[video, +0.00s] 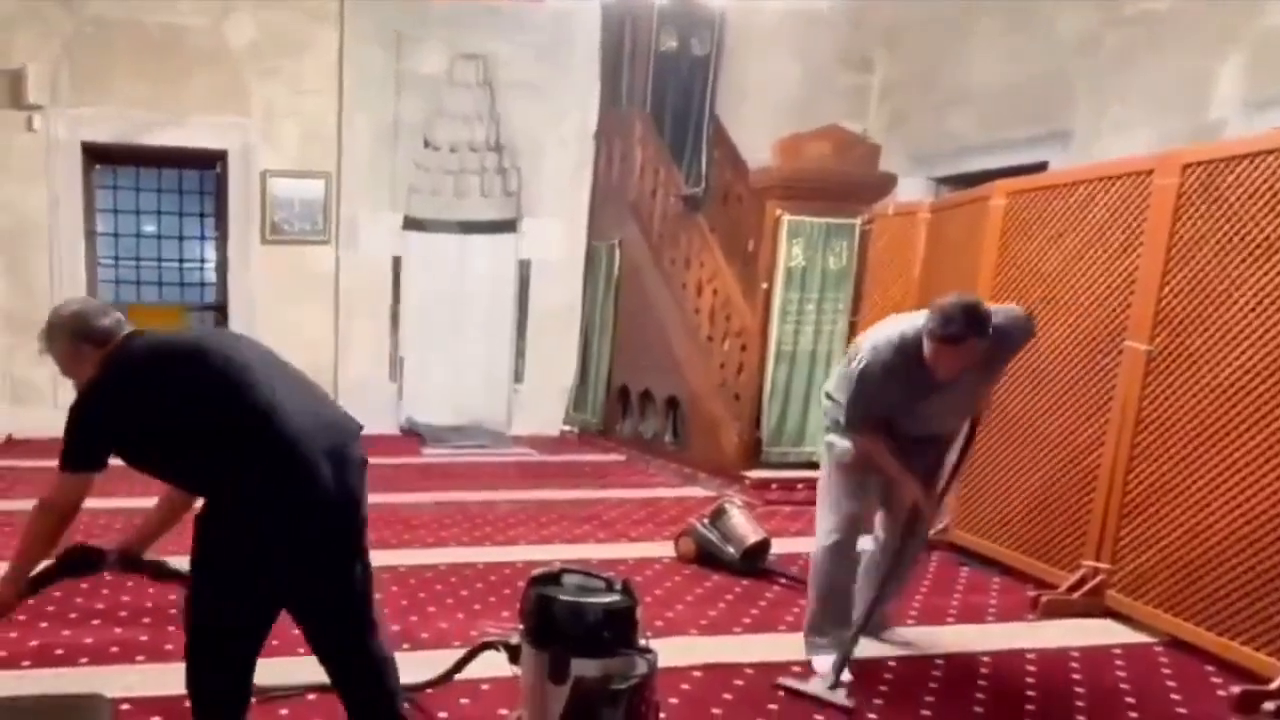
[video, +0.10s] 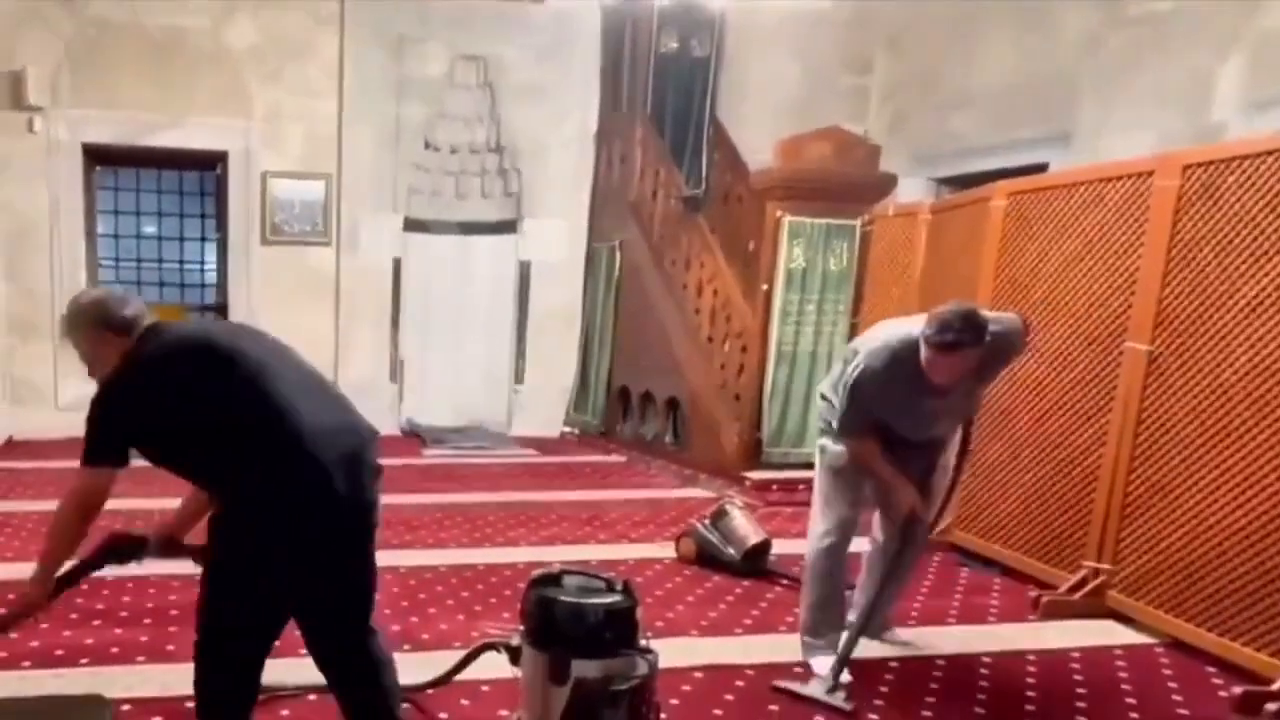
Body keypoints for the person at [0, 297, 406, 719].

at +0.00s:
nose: (70, 382)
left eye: (66, 368)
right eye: (63, 371)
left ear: (82, 351)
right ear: (122, 333)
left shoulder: (102, 393)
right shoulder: (190, 355)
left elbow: (61, 503)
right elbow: (189, 482)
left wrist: (14, 579)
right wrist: (133, 546)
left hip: (256, 492)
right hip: (338, 459)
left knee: (218, 657)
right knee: (351, 640)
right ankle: (385, 710)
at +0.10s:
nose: (87, 366)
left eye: (85, 352)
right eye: (81, 354)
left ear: (102, 340)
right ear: (140, 321)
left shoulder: (122, 390)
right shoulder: (205, 340)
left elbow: (86, 500)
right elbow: (233, 458)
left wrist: (41, 582)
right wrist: (172, 530)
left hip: (271, 498)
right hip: (352, 468)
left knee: (227, 658)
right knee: (345, 637)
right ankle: (386, 711)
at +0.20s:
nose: (116, 366)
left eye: (112, 348)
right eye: (110, 352)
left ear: (132, 328)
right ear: (166, 314)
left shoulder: (148, 381)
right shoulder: (232, 332)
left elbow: (116, 496)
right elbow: (276, 430)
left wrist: (78, 574)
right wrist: (213, 510)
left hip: (290, 499)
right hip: (371, 469)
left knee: (238, 664)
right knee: (356, 645)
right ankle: (390, 710)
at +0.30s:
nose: (135, 353)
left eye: (134, 338)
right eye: (128, 340)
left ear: (163, 320)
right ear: (188, 310)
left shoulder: (176, 375)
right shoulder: (256, 325)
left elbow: (154, 487)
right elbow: (315, 440)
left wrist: (119, 573)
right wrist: (239, 510)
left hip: (316, 497)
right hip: (394, 475)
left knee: (256, 666)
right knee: (370, 646)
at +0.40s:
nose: (171, 338)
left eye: (170, 325)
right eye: (166, 327)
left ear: (189, 311)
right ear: (220, 298)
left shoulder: (205, 367)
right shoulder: (287, 319)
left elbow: (188, 484)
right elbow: (345, 417)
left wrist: (163, 564)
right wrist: (281, 494)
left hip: (339, 498)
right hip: (417, 475)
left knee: (273, 663)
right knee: (380, 644)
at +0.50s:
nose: (195, 335)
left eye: (192, 322)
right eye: (188, 324)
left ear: (209, 307)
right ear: (243, 291)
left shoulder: (227, 364)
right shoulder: (315, 311)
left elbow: (223, 479)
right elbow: (361, 401)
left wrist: (211, 556)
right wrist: (304, 477)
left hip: (354, 501)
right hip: (433, 481)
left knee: (286, 666)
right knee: (393, 656)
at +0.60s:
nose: (209, 335)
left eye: (206, 321)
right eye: (203, 323)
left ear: (221, 306)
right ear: (259, 288)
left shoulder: (245, 357)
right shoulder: (340, 304)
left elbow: (252, 468)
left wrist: (258, 541)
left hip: (363, 505)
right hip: (443, 492)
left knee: (295, 667)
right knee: (400, 666)